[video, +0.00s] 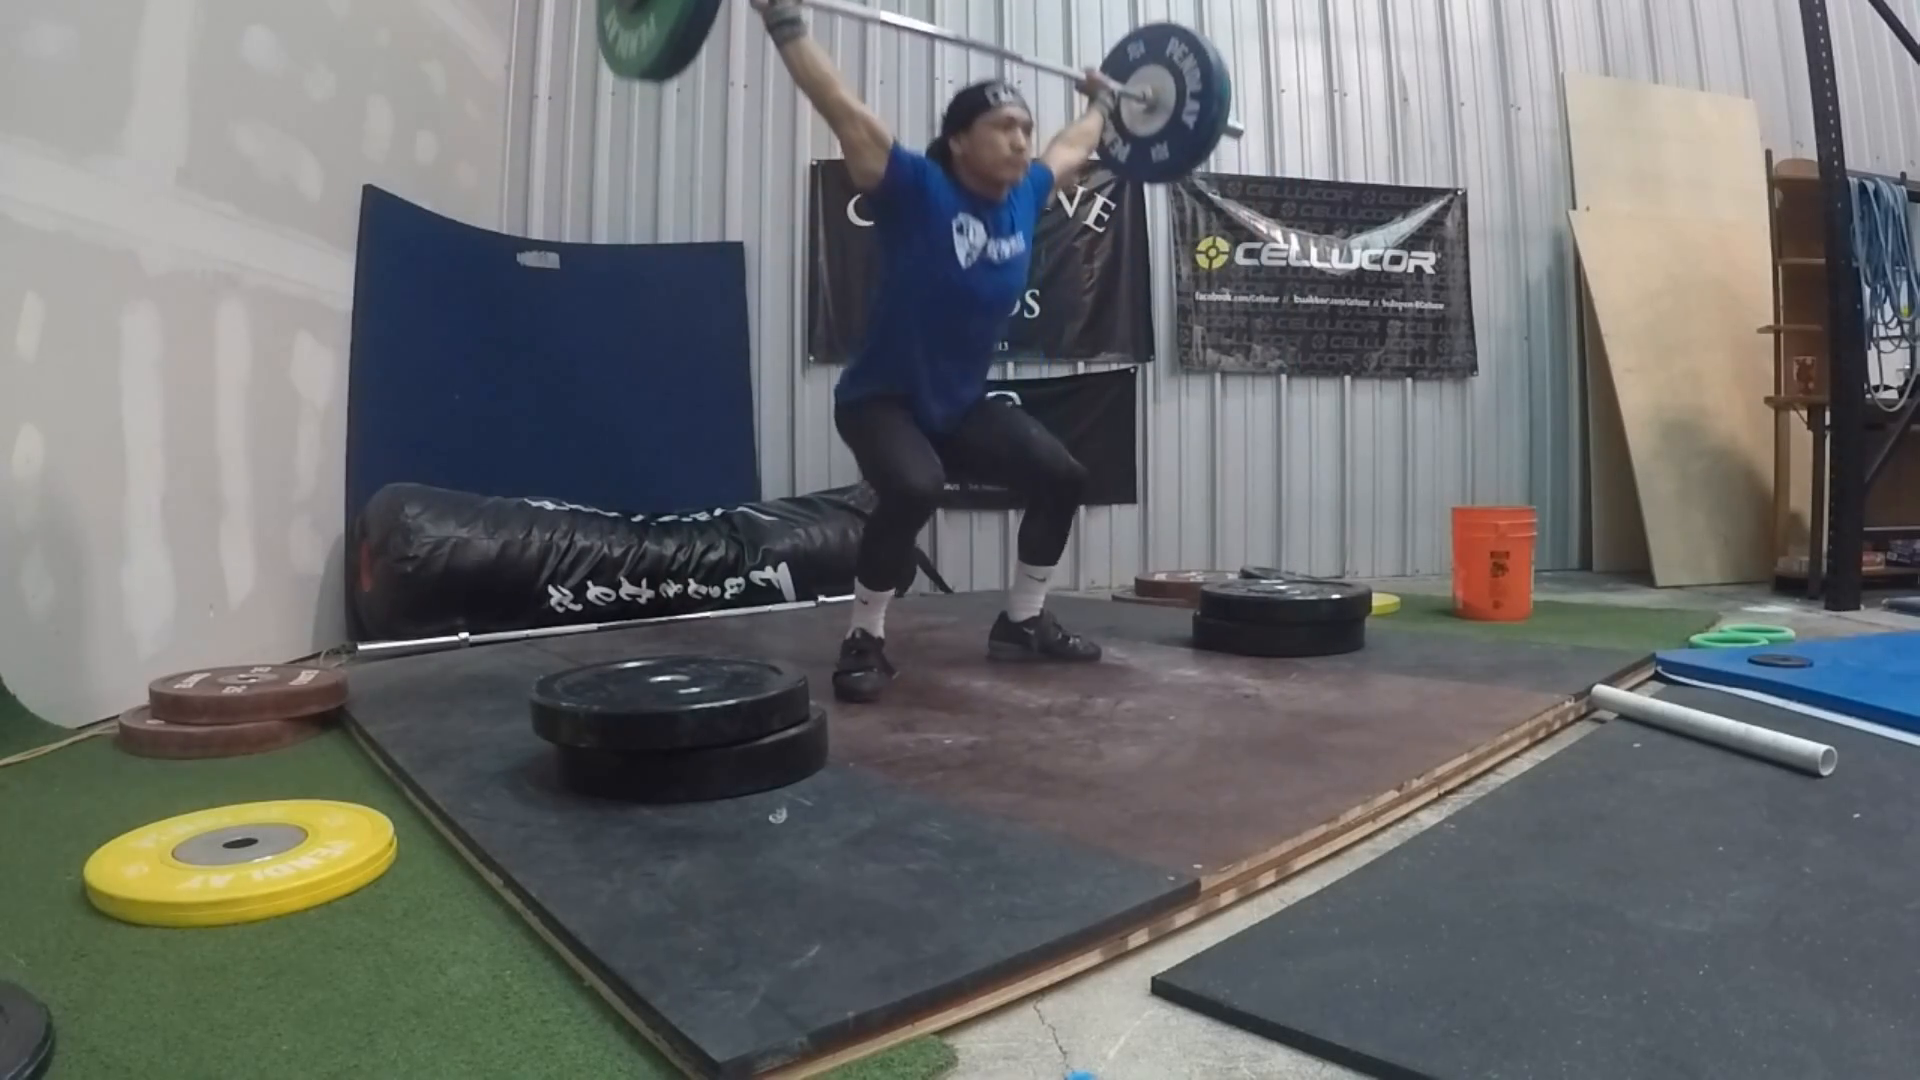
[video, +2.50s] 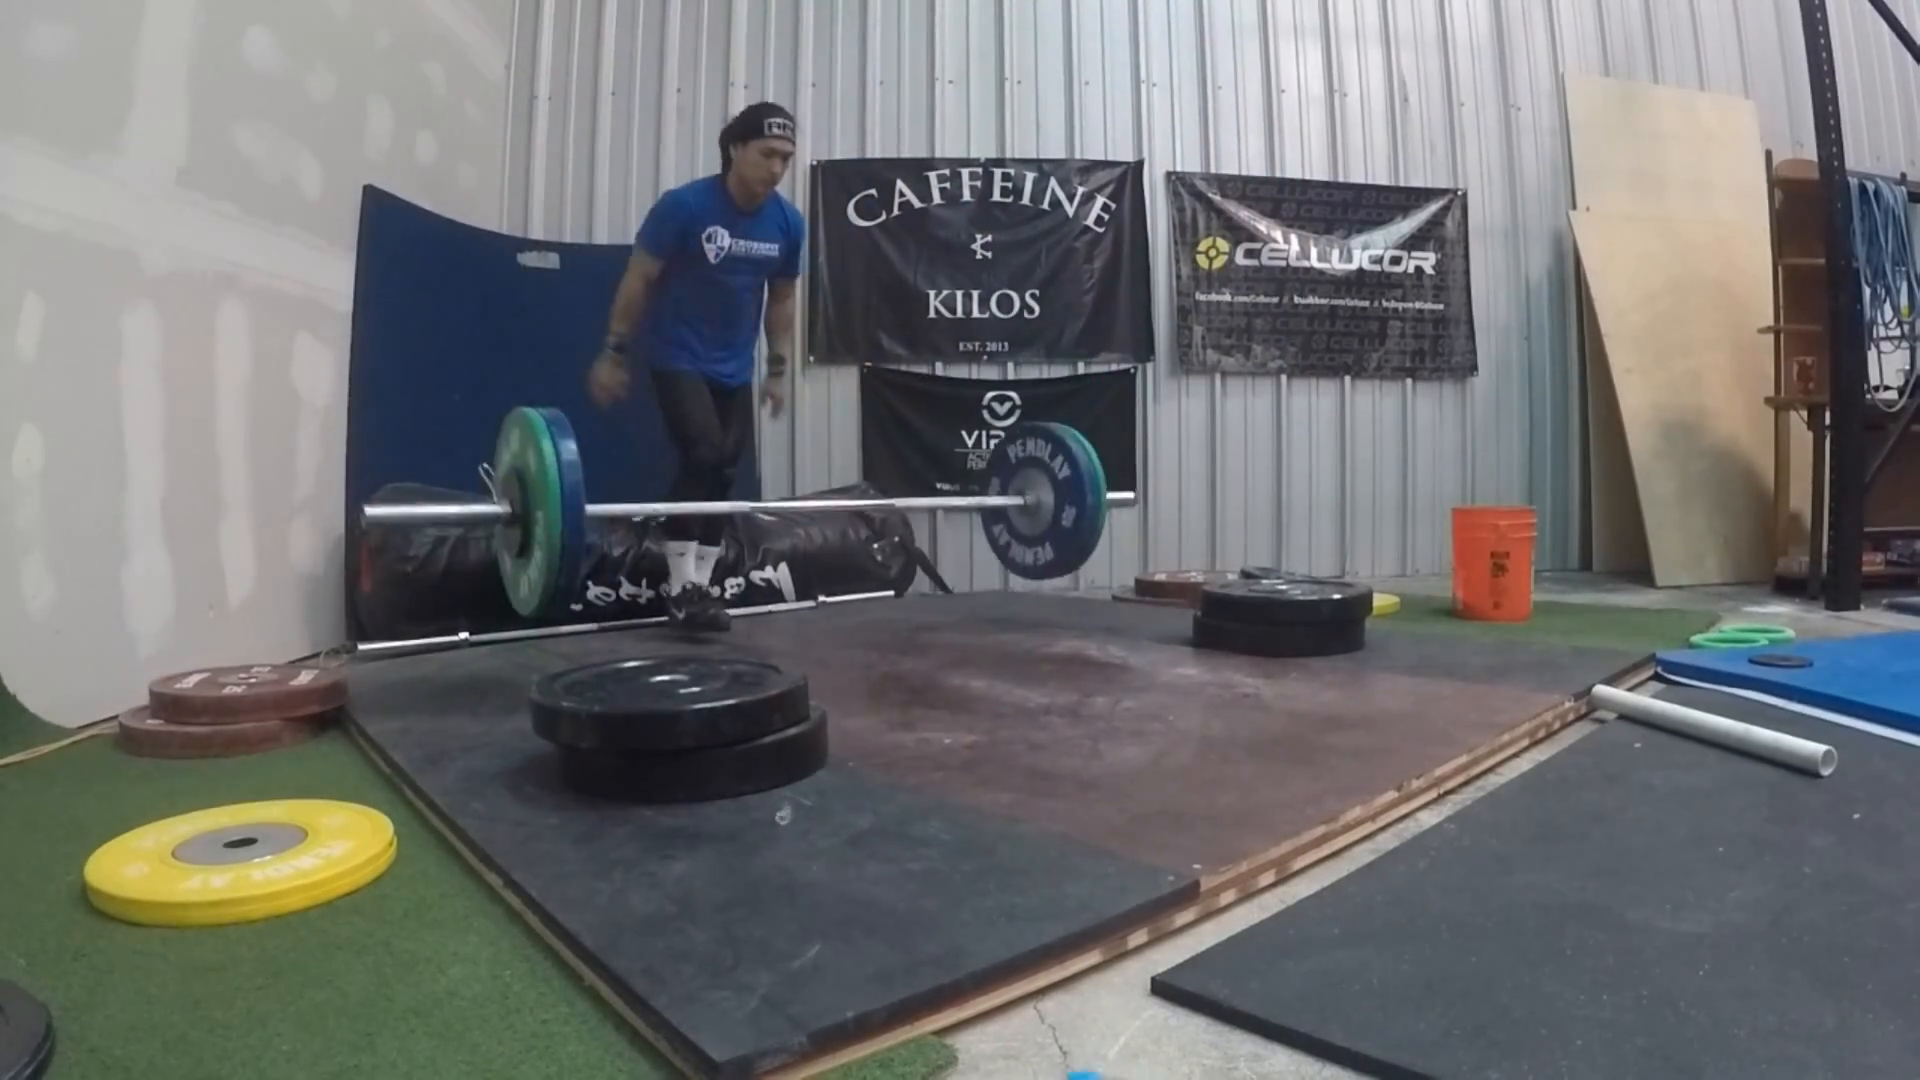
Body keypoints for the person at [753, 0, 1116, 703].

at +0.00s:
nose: (1021, 142)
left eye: (1026, 131)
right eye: (1003, 127)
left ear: (1026, 147)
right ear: (957, 143)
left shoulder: (1025, 193)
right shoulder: (913, 185)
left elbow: (1075, 147)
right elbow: (843, 113)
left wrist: (1105, 103)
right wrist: (784, 23)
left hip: (962, 401)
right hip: (879, 396)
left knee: (1061, 477)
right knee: (916, 486)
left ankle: (1021, 621)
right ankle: (864, 639)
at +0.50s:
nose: (1005, 14)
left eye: (1011, 5)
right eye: (989, 1)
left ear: (1012, 16)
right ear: (945, 10)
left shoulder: (1012, 77)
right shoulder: (905, 61)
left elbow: (1056, 37)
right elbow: (839, 7)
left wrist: (1095, 8)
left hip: (982, 318)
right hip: (901, 314)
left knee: (995, 465)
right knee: (890, 468)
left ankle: (991, 623)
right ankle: (864, 636)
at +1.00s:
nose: (962, 44)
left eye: (968, 34)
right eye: (948, 30)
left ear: (972, 45)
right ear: (904, 37)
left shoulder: (977, 98)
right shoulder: (869, 89)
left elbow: (1021, 63)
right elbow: (800, 22)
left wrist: (1063, 22)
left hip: (976, 319)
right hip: (898, 319)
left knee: (991, 457)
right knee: (884, 457)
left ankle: (991, 621)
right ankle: (856, 631)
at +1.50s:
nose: (814, 107)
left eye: (822, 99)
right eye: (803, 95)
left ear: (826, 106)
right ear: (768, 93)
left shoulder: (835, 179)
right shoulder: (729, 149)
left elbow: (879, 252)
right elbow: (670, 213)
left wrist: (946, 278)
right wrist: (682, 252)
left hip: (810, 342)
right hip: (741, 339)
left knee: (875, 440)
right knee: (760, 452)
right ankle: (745, 608)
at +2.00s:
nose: (807, 231)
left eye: (815, 221)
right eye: (798, 217)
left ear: (821, 223)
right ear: (766, 209)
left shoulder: (816, 274)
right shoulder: (711, 248)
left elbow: (844, 344)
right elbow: (685, 323)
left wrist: (876, 388)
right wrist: (720, 364)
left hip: (740, 386)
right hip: (687, 379)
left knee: (735, 481)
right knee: (704, 462)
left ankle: (718, 579)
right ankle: (704, 592)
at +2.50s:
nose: (776, 168)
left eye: (784, 159)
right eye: (766, 156)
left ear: (789, 162)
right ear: (733, 152)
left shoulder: (787, 223)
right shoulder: (683, 208)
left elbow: (782, 298)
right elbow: (636, 278)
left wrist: (780, 371)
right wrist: (613, 350)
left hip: (733, 364)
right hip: (674, 355)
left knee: (723, 469)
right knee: (705, 455)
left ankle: (701, 589)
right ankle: (680, 586)